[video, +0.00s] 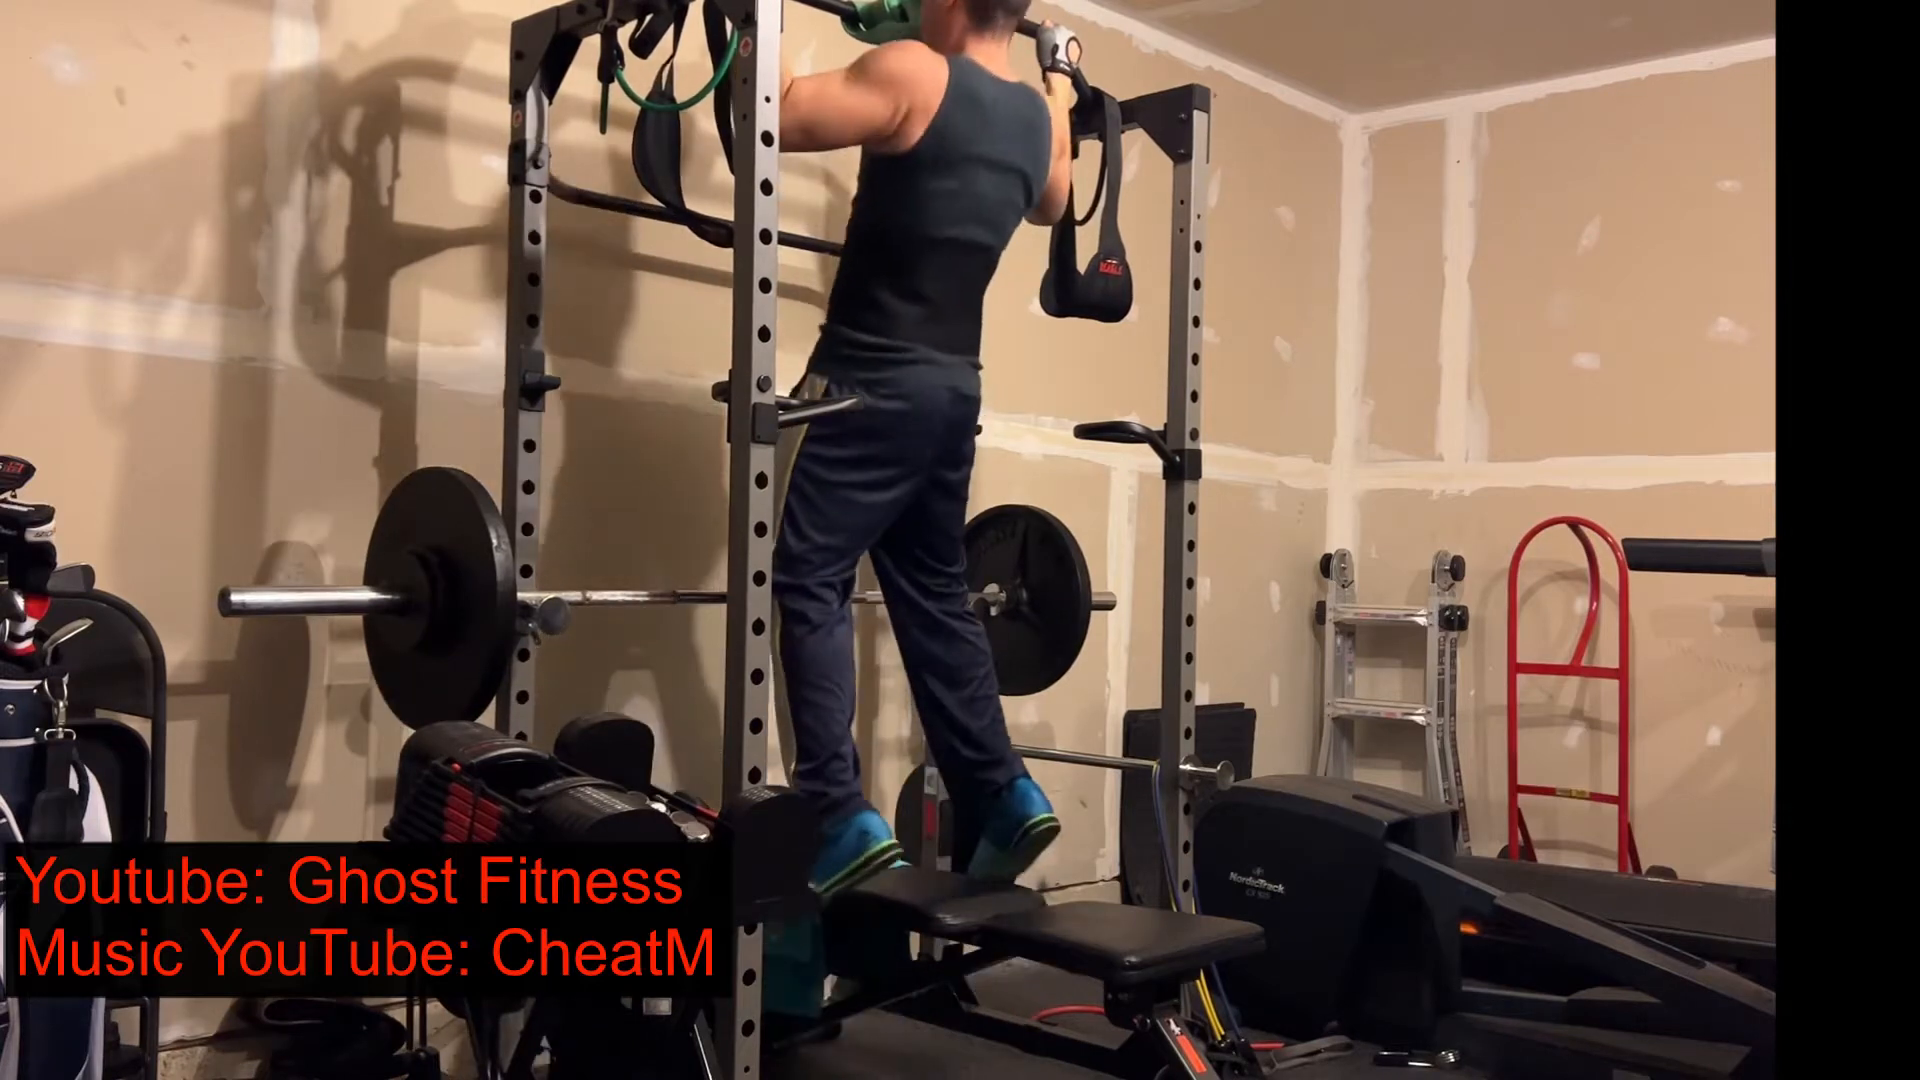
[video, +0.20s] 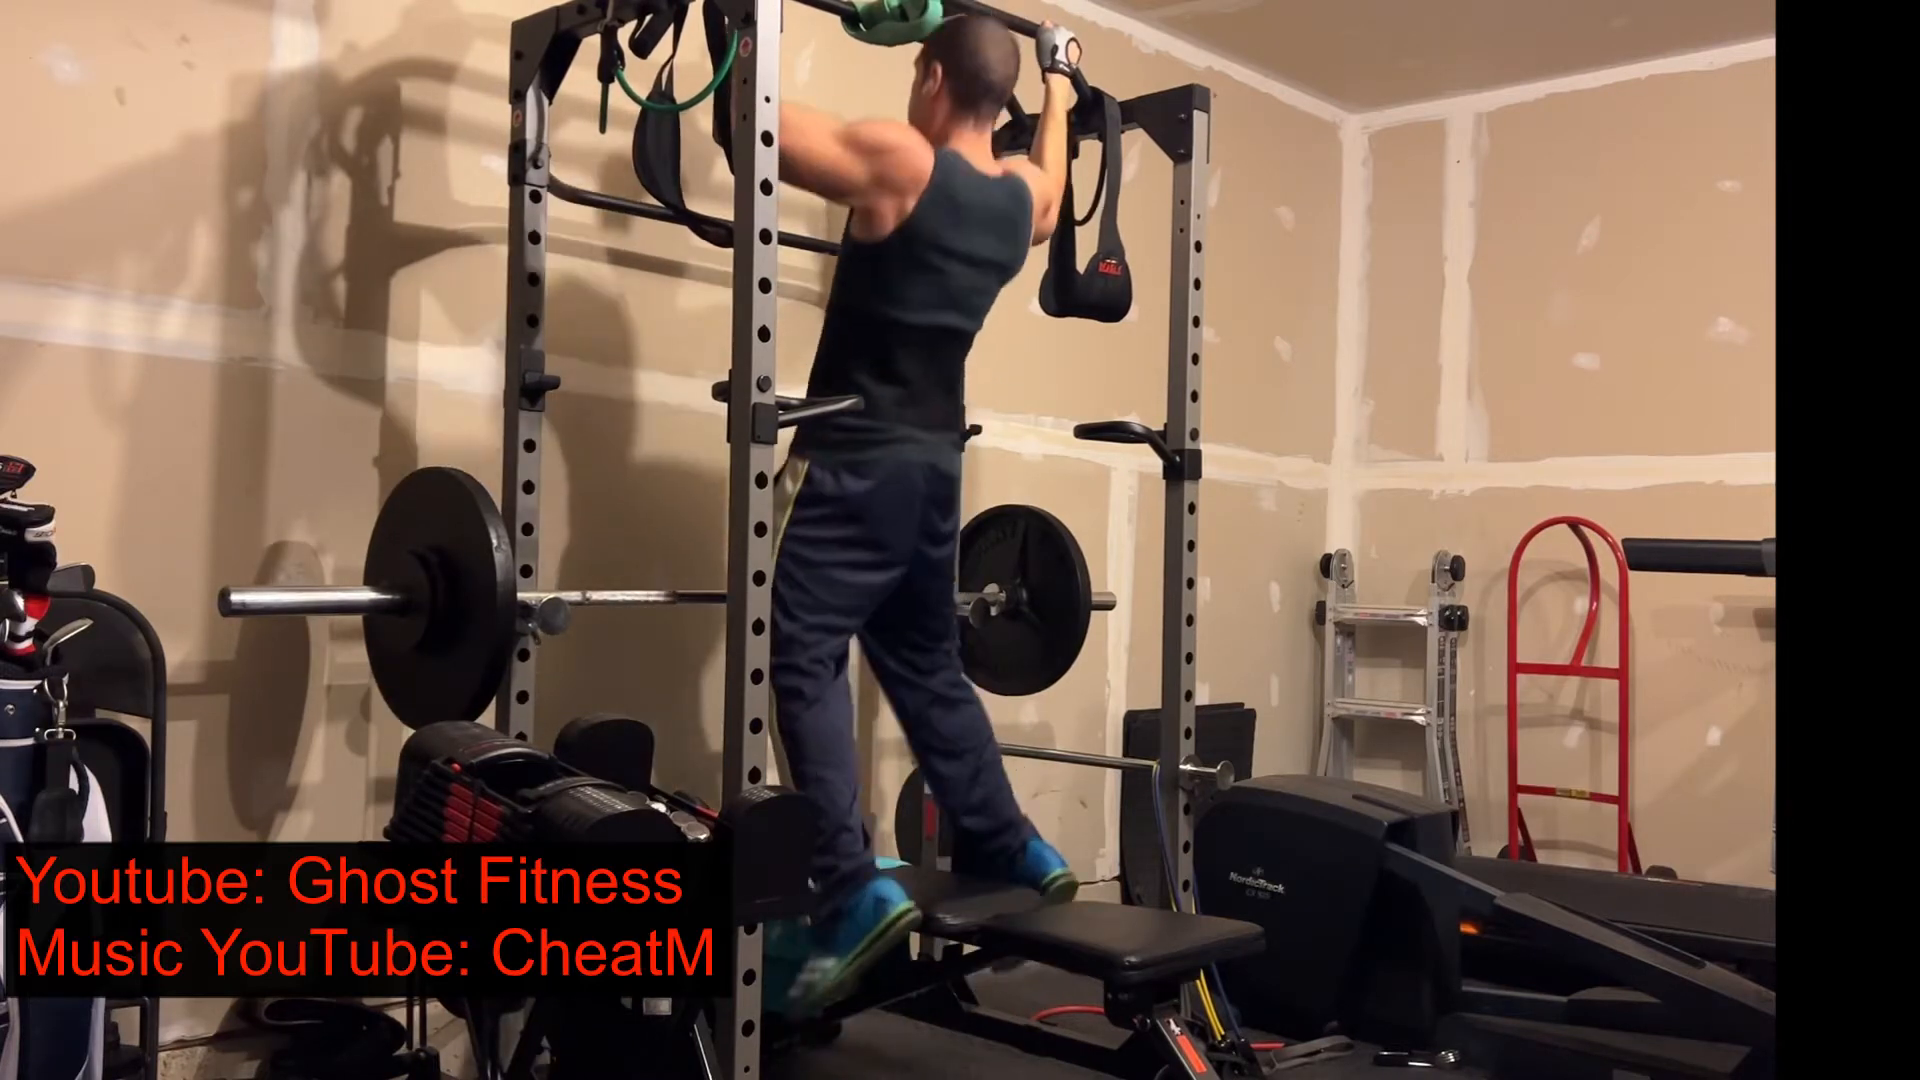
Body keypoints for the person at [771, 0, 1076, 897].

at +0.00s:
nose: (917, 10)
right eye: (921, 0)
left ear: (951, 7)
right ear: (1013, 20)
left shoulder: (910, 73)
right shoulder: (1035, 116)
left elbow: (769, 114)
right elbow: (1056, 202)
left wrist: (751, 22)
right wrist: (1057, 88)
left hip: (871, 383)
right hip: (952, 392)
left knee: (806, 585)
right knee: (935, 597)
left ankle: (839, 813)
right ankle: (1002, 798)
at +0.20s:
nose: (910, 82)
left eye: (918, 66)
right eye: (920, 67)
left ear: (933, 77)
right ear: (1003, 102)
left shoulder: (900, 157)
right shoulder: (1019, 199)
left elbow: (765, 128)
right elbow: (1050, 183)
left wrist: (740, 44)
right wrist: (1059, 99)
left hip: (861, 458)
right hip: (931, 463)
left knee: (805, 660)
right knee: (923, 663)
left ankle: (852, 885)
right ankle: (1007, 849)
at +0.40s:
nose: (899, 154)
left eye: (906, 142)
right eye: (909, 143)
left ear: (923, 151)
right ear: (993, 171)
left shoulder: (882, 219)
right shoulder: (1007, 256)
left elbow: (761, 135)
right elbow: (1043, 188)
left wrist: (738, 35)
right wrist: (1057, 104)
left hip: (848, 522)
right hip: (924, 526)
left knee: (799, 732)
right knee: (921, 740)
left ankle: (850, 954)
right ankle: (1010, 929)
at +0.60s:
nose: (895, 183)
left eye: (901, 171)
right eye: (908, 172)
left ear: (919, 180)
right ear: (989, 202)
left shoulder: (882, 249)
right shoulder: (1002, 284)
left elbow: (779, 131)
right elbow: (1040, 190)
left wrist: (759, 28)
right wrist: (1057, 100)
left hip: (846, 551)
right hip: (923, 551)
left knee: (798, 764)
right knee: (918, 758)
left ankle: (845, 987)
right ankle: (1008, 960)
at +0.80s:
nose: (905, 165)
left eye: (913, 153)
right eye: (917, 155)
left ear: (929, 164)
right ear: (1000, 187)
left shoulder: (893, 236)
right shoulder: (1011, 271)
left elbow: (784, 138)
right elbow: (1041, 184)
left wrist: (765, 28)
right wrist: (1057, 99)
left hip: (848, 536)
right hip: (927, 539)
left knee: (796, 753)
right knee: (919, 754)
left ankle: (842, 980)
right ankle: (1005, 957)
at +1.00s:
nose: (927, 102)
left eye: (934, 88)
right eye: (937, 89)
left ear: (947, 99)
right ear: (1022, 116)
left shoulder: (915, 173)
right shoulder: (1038, 210)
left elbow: (780, 132)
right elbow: (1057, 186)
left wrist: (756, 35)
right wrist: (1055, 113)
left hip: (861, 483)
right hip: (936, 488)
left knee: (795, 681)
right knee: (918, 688)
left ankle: (833, 915)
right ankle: (985, 876)